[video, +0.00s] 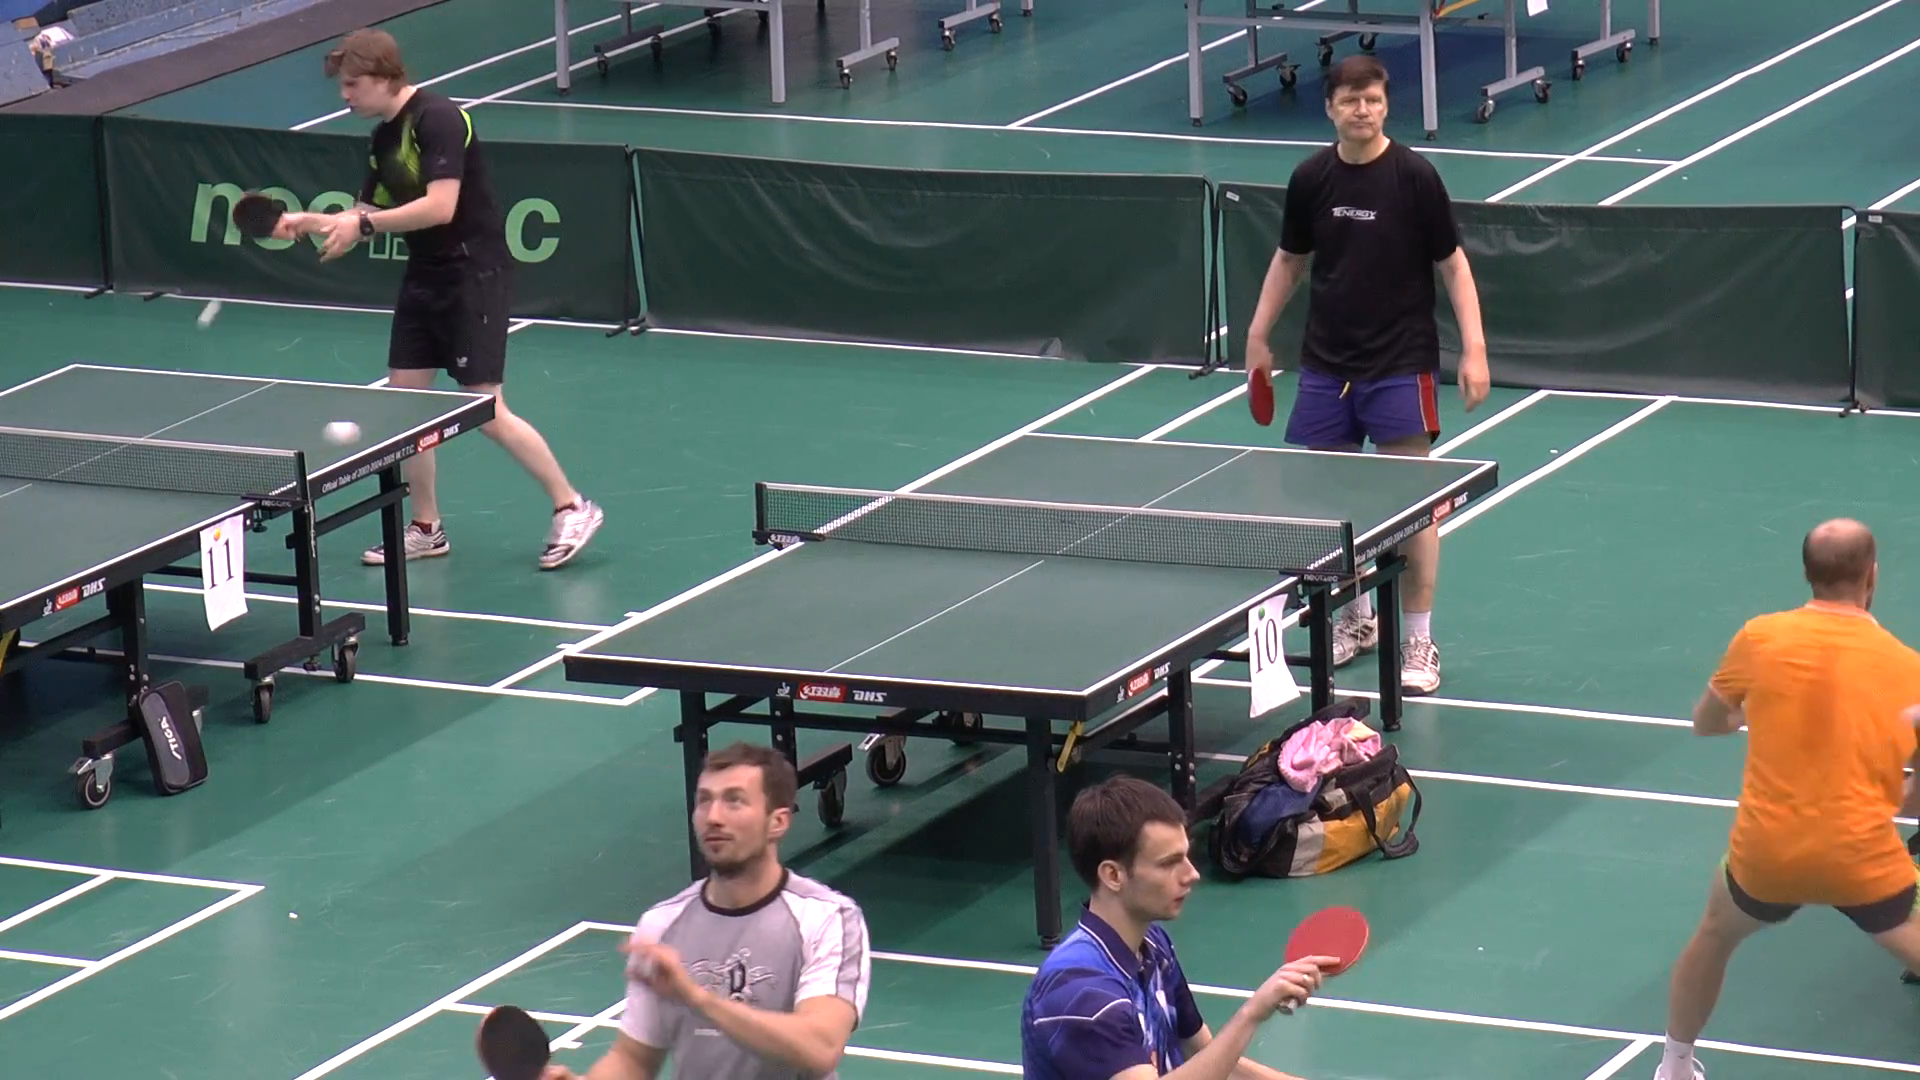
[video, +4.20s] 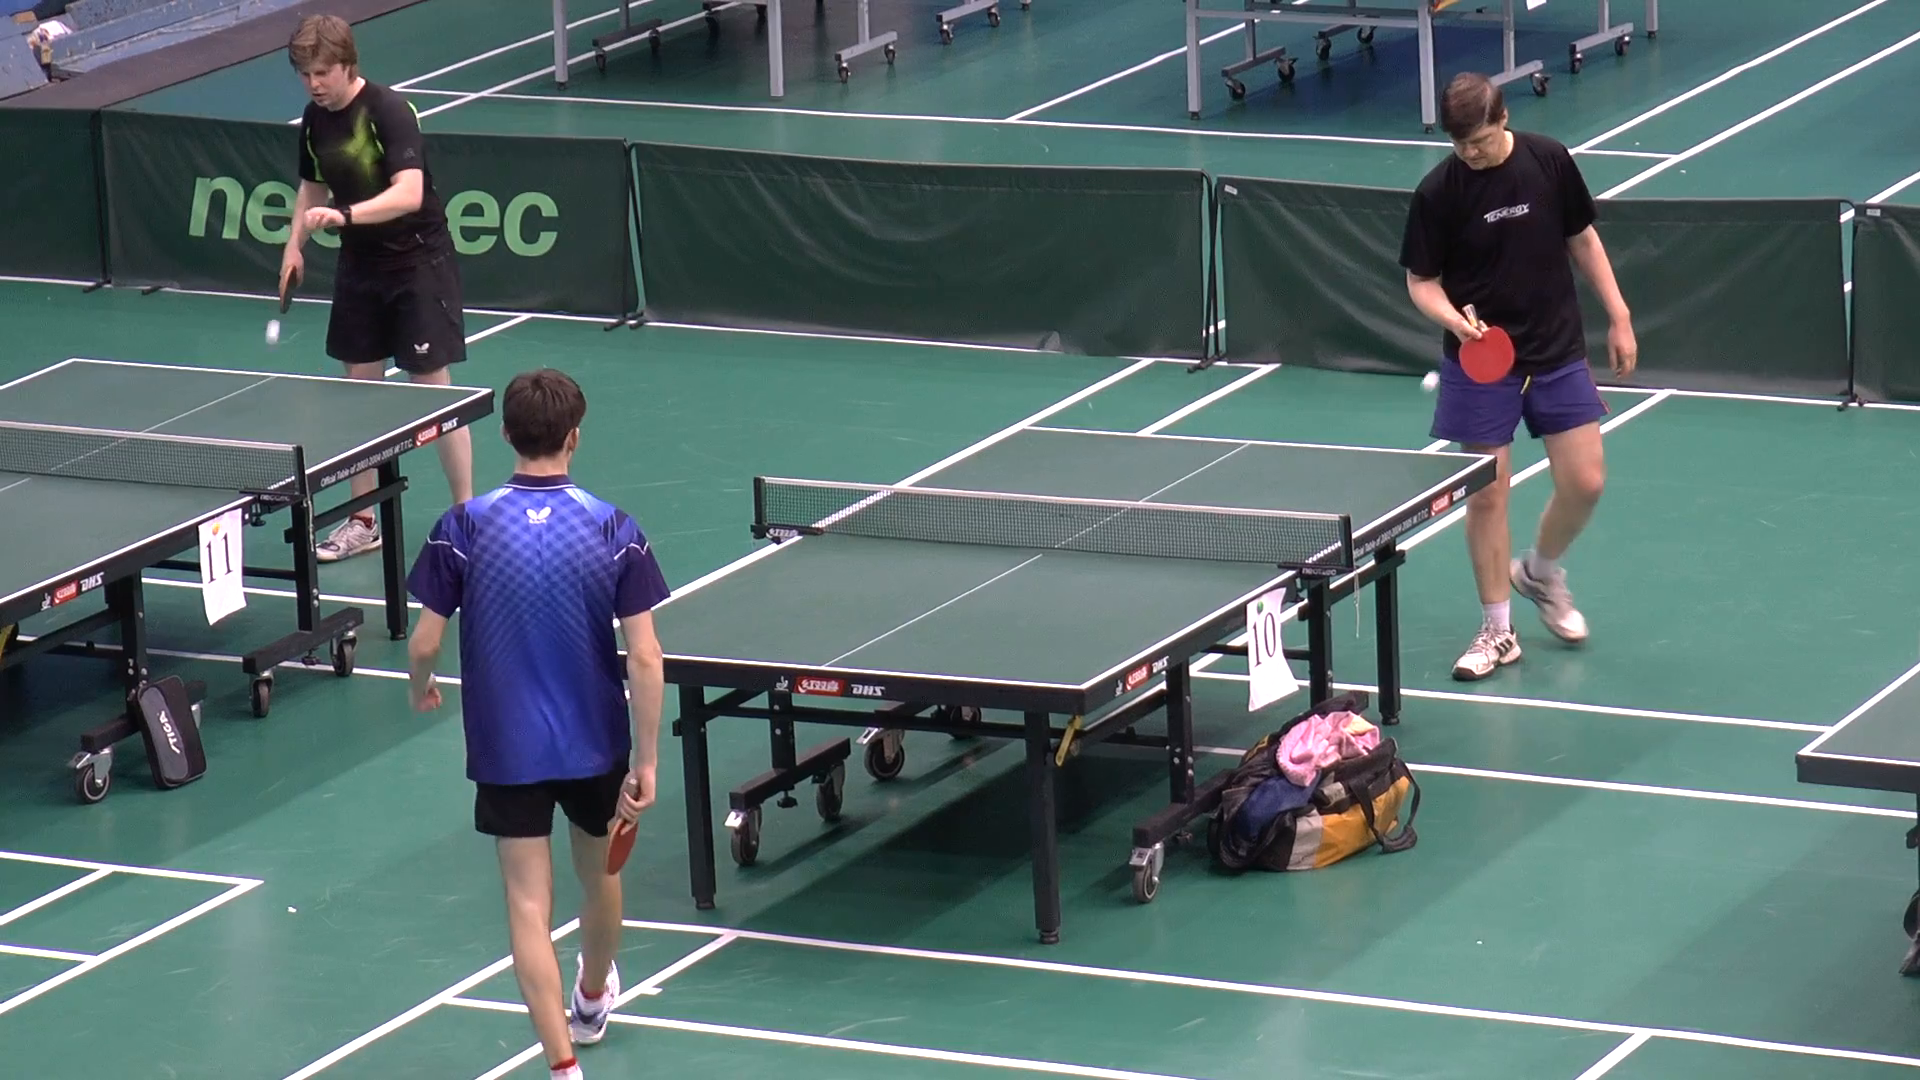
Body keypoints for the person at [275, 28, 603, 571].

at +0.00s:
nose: (346, 98)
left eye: (352, 87)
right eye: (343, 88)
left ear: (385, 78)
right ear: (365, 84)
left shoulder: (438, 116)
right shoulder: (384, 136)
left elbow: (441, 205)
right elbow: (368, 218)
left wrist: (363, 222)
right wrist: (309, 222)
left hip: (475, 274)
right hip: (424, 274)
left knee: (487, 411)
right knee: (405, 402)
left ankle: (573, 507)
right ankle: (426, 527)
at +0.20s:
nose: (346, 96)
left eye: (355, 85)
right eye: (340, 87)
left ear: (385, 80)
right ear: (339, 89)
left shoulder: (436, 120)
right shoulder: (351, 145)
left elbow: (470, 203)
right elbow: (332, 229)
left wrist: (399, 221)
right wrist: (307, 209)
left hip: (460, 279)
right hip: (402, 283)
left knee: (473, 409)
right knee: (387, 408)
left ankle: (503, 550)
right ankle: (421, 529)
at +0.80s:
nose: (303, 137)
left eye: (309, 125)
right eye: (297, 128)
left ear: (341, 115)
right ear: (309, 124)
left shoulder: (381, 153)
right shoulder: (347, 163)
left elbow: (413, 238)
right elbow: (345, 241)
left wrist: (341, 255)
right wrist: (279, 278)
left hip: (444, 295)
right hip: (398, 296)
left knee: (429, 432)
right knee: (360, 413)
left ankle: (493, 557)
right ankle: (351, 530)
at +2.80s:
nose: (295, 152)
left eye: (300, 140)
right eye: (288, 144)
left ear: (330, 127)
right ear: (318, 135)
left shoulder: (367, 162)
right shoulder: (353, 162)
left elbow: (413, 238)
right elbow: (366, 238)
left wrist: (344, 260)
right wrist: (305, 277)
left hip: (439, 302)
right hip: (400, 304)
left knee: (432, 436)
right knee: (361, 416)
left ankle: (509, 561)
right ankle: (351, 532)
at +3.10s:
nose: (344, 147)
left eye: (347, 135)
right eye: (340, 138)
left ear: (376, 120)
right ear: (377, 121)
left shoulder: (405, 163)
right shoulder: (430, 146)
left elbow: (431, 245)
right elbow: (437, 230)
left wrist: (365, 266)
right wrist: (375, 243)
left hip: (437, 319)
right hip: (427, 314)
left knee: (424, 454)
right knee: (375, 423)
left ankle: (514, 562)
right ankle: (353, 527)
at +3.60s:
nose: (367, 87)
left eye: (378, 77)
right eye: (362, 78)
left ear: (409, 77)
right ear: (359, 79)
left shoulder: (445, 133)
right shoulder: (376, 136)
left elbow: (478, 220)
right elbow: (374, 202)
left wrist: (400, 228)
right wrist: (337, 228)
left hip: (444, 297)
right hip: (390, 293)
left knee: (457, 424)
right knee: (360, 407)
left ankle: (515, 551)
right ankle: (369, 518)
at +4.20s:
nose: (314, 84)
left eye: (323, 72)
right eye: (305, 74)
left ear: (348, 65)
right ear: (299, 73)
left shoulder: (388, 109)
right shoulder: (313, 122)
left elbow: (409, 194)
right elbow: (313, 189)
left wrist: (342, 214)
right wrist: (293, 245)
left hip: (419, 263)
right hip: (360, 266)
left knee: (433, 391)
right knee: (361, 388)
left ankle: (467, 518)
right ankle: (363, 520)